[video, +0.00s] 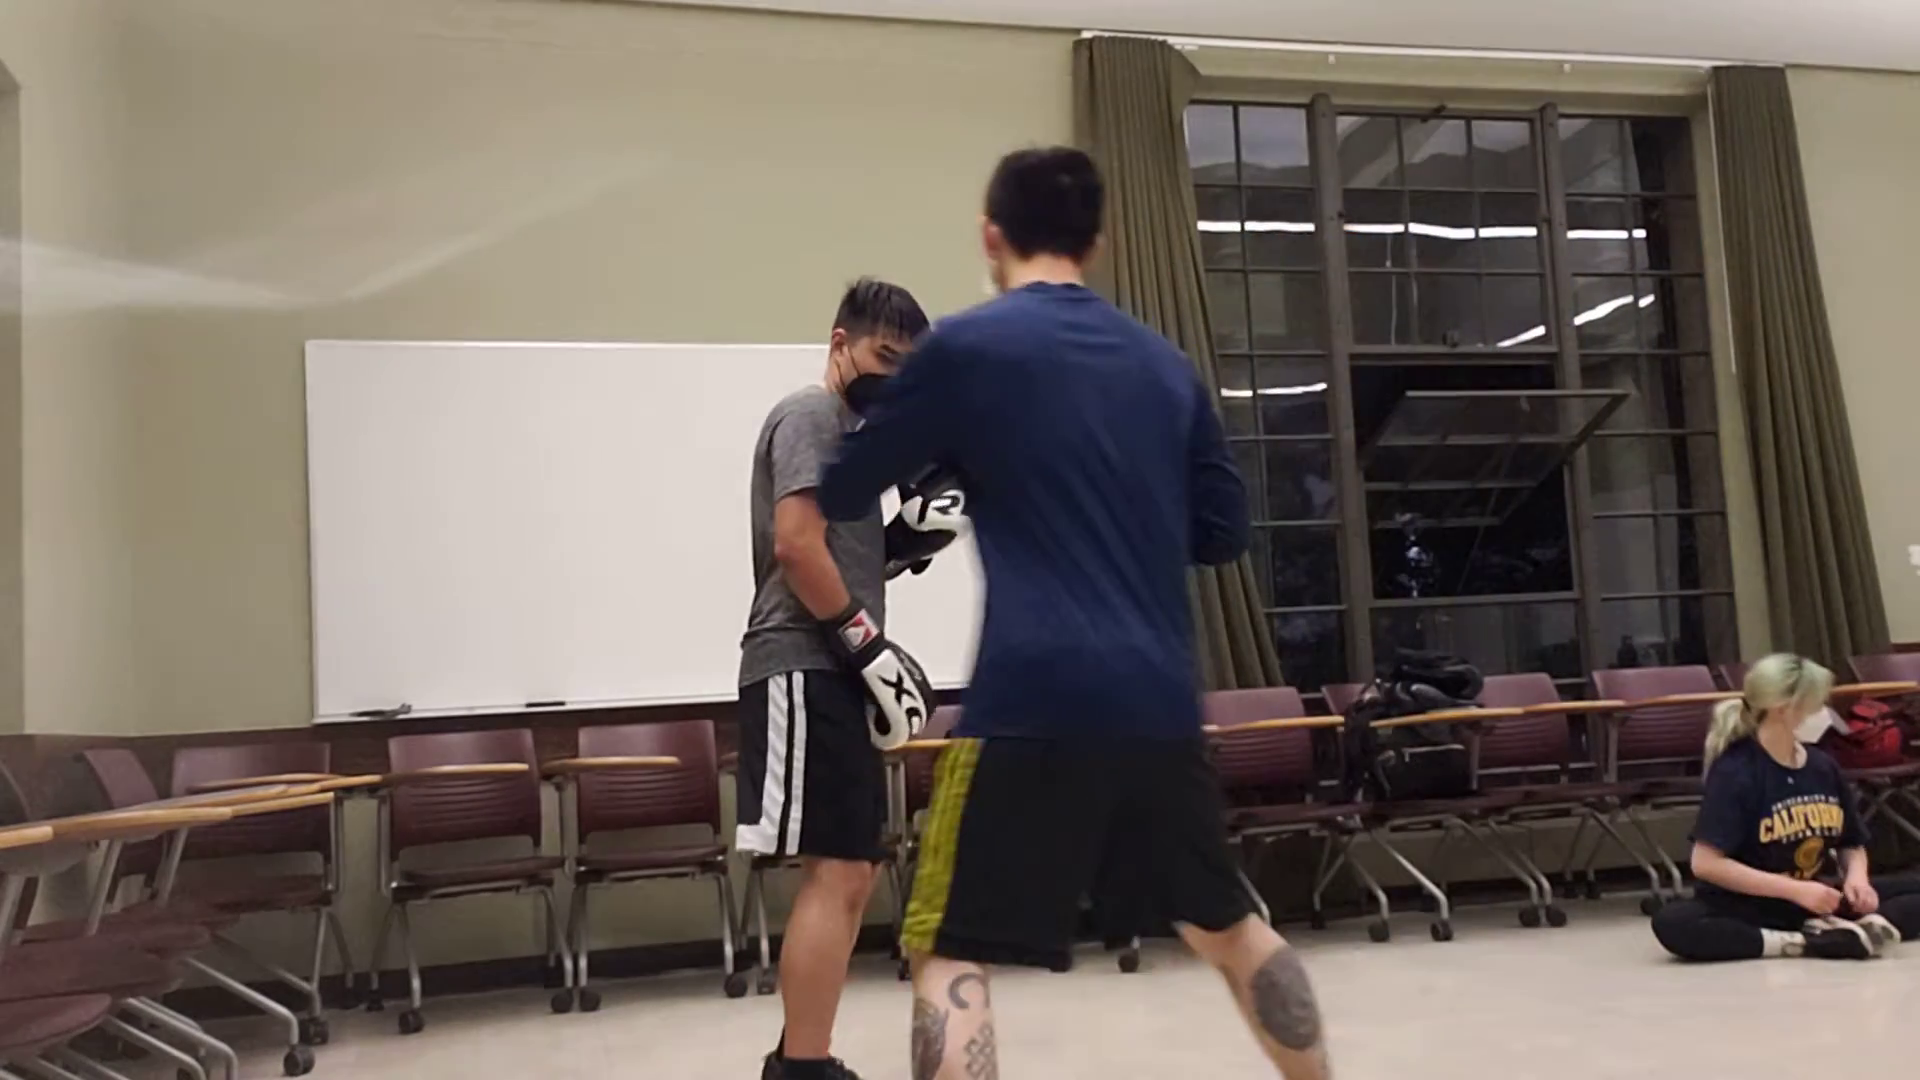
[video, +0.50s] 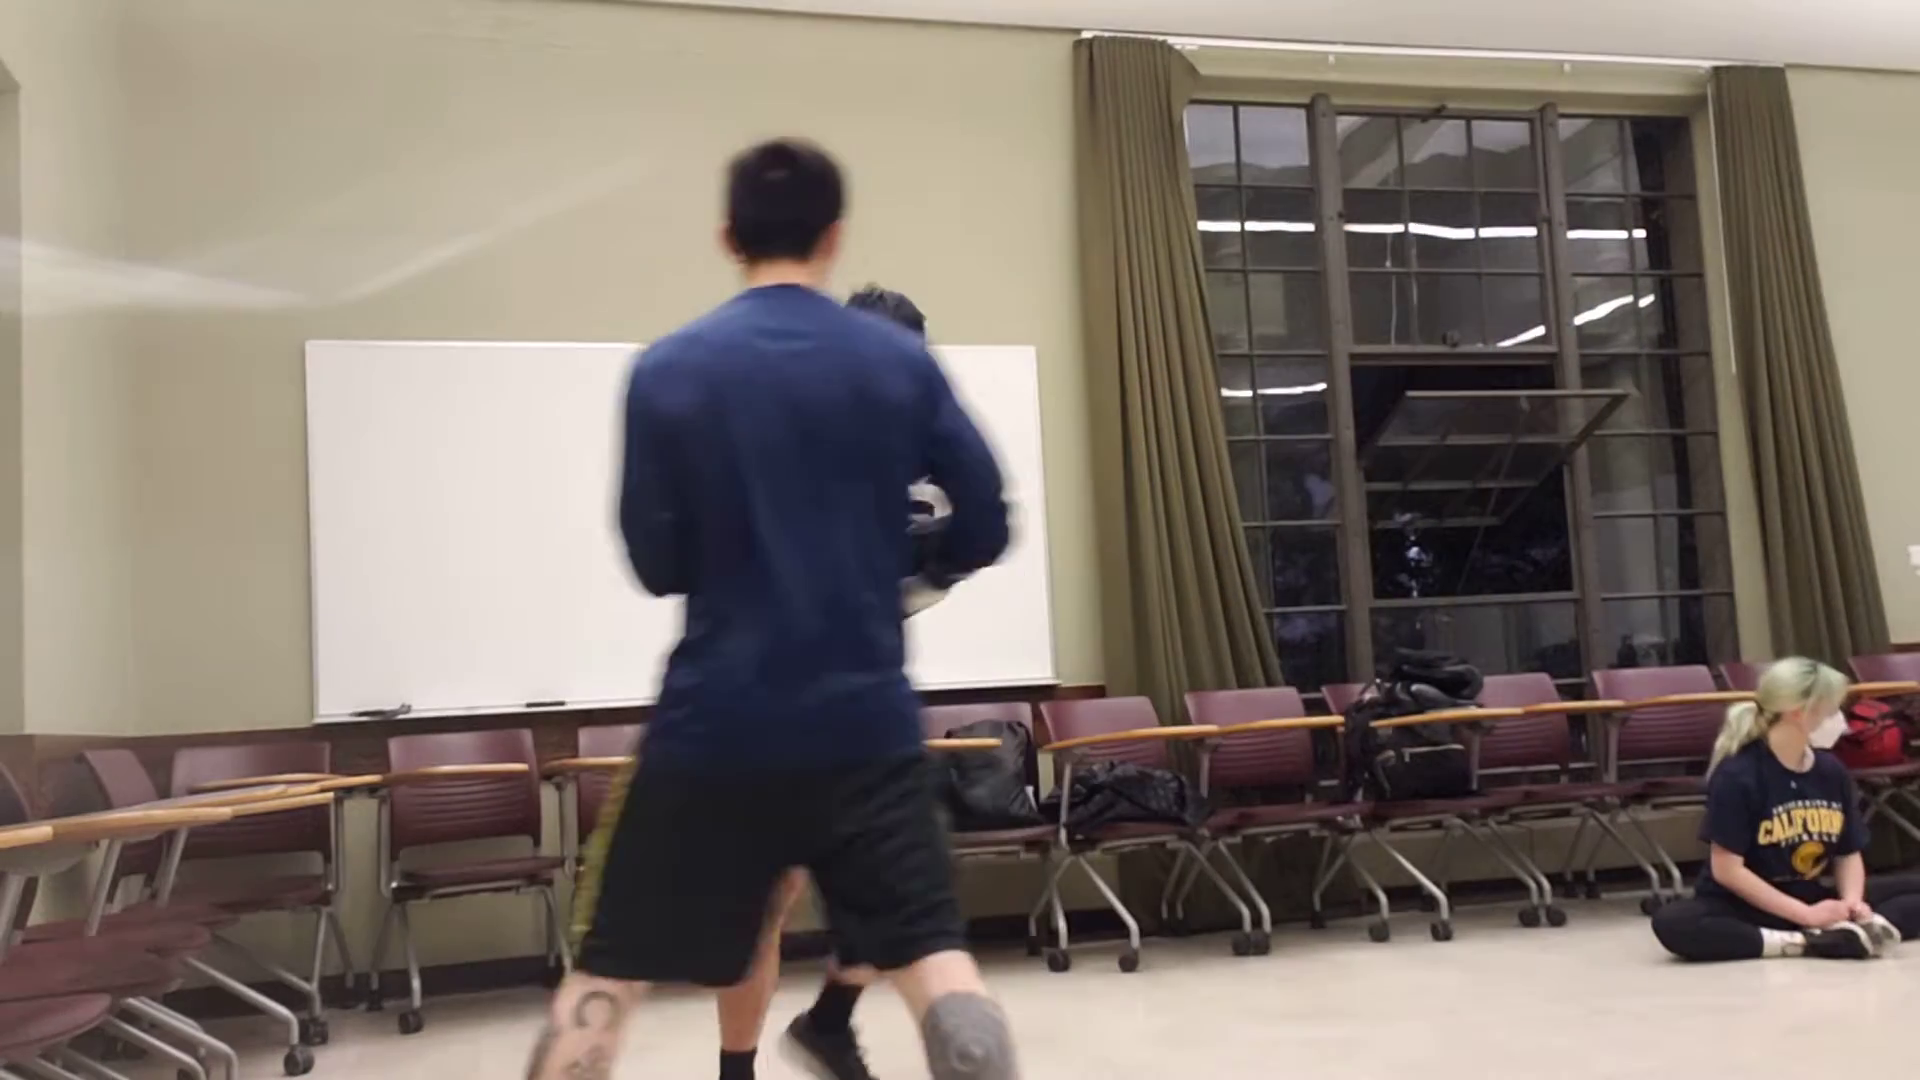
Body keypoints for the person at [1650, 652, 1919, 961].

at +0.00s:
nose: (1820, 712)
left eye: (1819, 703)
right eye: (1812, 703)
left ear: (1784, 708)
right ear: (1781, 708)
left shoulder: (1823, 766)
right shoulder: (1735, 769)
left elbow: (1852, 842)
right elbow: (1704, 862)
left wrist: (1856, 878)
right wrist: (1796, 890)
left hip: (1822, 898)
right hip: (1749, 905)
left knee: (1915, 897)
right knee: (1670, 922)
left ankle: (1850, 930)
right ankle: (1792, 945)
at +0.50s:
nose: (1839, 717)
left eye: (1837, 707)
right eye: (1831, 708)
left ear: (1801, 715)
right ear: (1799, 714)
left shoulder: (1832, 772)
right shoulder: (1736, 775)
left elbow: (1848, 853)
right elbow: (1725, 869)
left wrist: (1852, 900)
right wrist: (1805, 915)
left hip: (1821, 898)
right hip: (1746, 902)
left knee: (1915, 897)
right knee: (1670, 923)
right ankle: (1799, 944)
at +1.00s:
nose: (1832, 718)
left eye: (1829, 707)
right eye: (1820, 710)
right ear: (1780, 715)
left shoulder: (1833, 767)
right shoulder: (1737, 774)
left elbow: (1860, 832)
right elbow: (1711, 867)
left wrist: (1844, 872)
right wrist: (1790, 912)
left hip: (1824, 897)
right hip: (1752, 905)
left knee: (1916, 890)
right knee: (1670, 923)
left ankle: (1857, 934)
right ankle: (1794, 945)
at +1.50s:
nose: (1830, 716)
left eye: (1828, 705)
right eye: (1817, 708)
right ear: (1778, 714)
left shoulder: (1834, 770)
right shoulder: (1739, 776)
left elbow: (1856, 848)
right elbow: (1722, 870)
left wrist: (1858, 889)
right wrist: (1799, 920)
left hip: (1828, 905)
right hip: (1755, 909)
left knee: (1915, 902)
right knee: (1672, 922)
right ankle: (1792, 944)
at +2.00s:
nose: (1832, 716)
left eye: (1832, 705)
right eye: (1818, 707)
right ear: (1777, 711)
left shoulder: (1838, 774)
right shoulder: (1743, 775)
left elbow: (1856, 855)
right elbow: (1729, 870)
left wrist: (1861, 905)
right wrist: (1803, 925)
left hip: (1826, 907)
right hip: (1752, 910)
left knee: (1915, 901)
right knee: (1671, 922)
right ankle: (1792, 943)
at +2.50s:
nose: (1829, 715)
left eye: (1829, 704)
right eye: (1816, 706)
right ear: (1775, 711)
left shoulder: (1837, 775)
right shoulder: (1743, 775)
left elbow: (1855, 855)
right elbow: (1729, 870)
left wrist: (1863, 907)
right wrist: (1802, 925)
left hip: (1823, 906)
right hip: (1750, 909)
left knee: (1915, 899)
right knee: (1671, 923)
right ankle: (1792, 943)